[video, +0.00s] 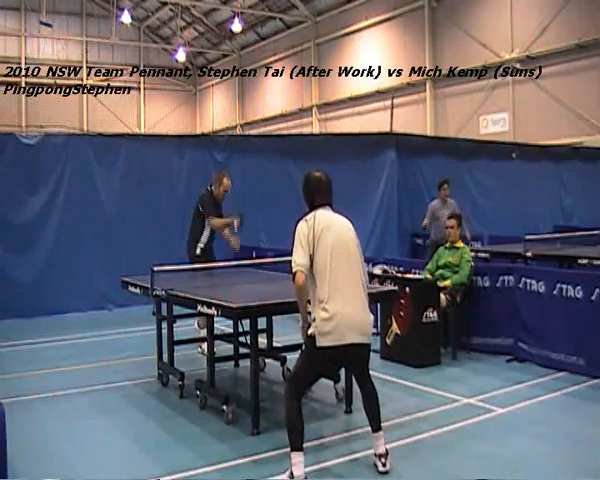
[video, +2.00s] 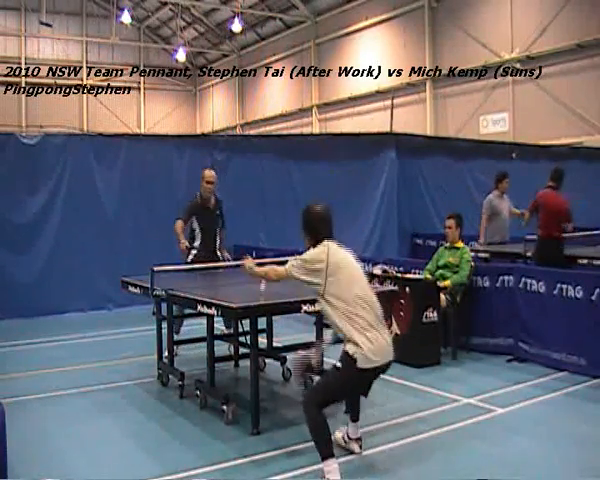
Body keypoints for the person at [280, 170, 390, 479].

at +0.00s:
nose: (306, 199)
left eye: (305, 194)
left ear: (306, 196)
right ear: (330, 195)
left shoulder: (307, 225)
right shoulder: (347, 224)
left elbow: (299, 277)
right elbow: (358, 274)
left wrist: (304, 318)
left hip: (328, 331)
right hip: (361, 328)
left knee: (293, 390)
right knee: (364, 379)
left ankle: (297, 468)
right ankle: (381, 449)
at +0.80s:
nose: (315, 232)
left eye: (315, 228)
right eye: (317, 228)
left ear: (318, 229)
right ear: (342, 228)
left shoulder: (331, 248)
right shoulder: (350, 255)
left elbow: (311, 279)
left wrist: (286, 316)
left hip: (350, 357)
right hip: (376, 356)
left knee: (297, 393)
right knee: (352, 385)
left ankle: (302, 470)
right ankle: (374, 448)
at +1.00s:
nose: (318, 213)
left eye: (319, 208)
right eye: (321, 207)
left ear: (323, 211)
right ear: (345, 208)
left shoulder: (337, 230)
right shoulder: (356, 232)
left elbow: (348, 256)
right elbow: (347, 262)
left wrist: (359, 282)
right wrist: (324, 261)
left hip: (361, 332)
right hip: (384, 333)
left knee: (316, 389)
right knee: (358, 379)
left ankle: (302, 468)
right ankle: (375, 449)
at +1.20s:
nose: (326, 192)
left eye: (327, 187)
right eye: (328, 187)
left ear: (332, 187)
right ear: (354, 184)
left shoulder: (344, 206)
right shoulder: (365, 210)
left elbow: (356, 237)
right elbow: (370, 266)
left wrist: (353, 289)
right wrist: (336, 274)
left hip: (367, 316)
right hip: (387, 314)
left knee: (336, 384)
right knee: (364, 373)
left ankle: (346, 459)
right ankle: (376, 446)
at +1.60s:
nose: (336, 188)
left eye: (336, 182)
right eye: (341, 180)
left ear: (339, 185)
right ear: (363, 183)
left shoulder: (348, 214)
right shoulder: (379, 215)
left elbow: (332, 264)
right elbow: (384, 267)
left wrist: (317, 322)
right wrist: (358, 308)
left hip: (371, 322)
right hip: (399, 320)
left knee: (340, 393)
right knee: (384, 379)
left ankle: (369, 466)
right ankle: (407, 450)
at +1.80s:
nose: (324, 199)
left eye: (324, 194)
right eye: (328, 192)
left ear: (327, 195)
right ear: (351, 192)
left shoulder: (340, 222)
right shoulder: (365, 222)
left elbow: (318, 275)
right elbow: (351, 273)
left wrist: (299, 321)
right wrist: (319, 283)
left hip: (365, 332)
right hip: (391, 330)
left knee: (323, 392)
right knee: (375, 375)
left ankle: (335, 465)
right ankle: (400, 440)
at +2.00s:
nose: (302, 233)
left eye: (303, 229)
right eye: (304, 228)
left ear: (307, 231)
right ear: (330, 228)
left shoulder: (319, 256)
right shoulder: (344, 253)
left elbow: (279, 274)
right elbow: (294, 268)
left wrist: (253, 269)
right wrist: (266, 269)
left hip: (363, 356)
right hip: (384, 351)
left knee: (311, 402)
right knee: (349, 381)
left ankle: (331, 472)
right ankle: (353, 434)